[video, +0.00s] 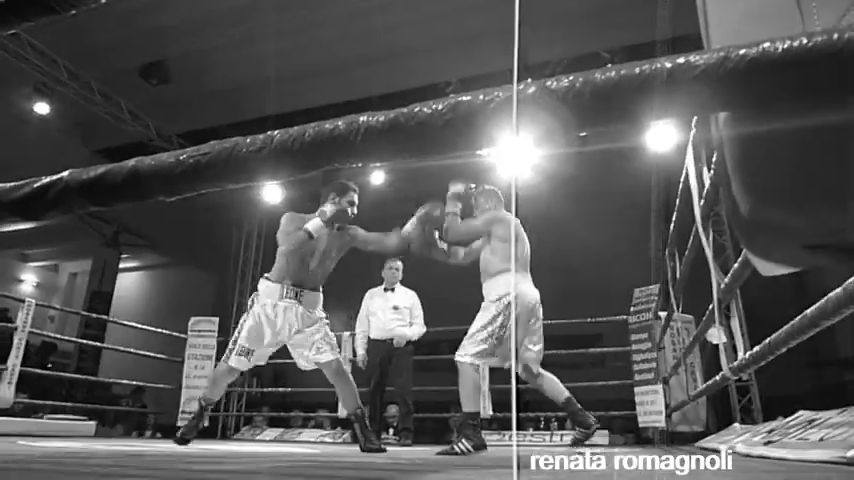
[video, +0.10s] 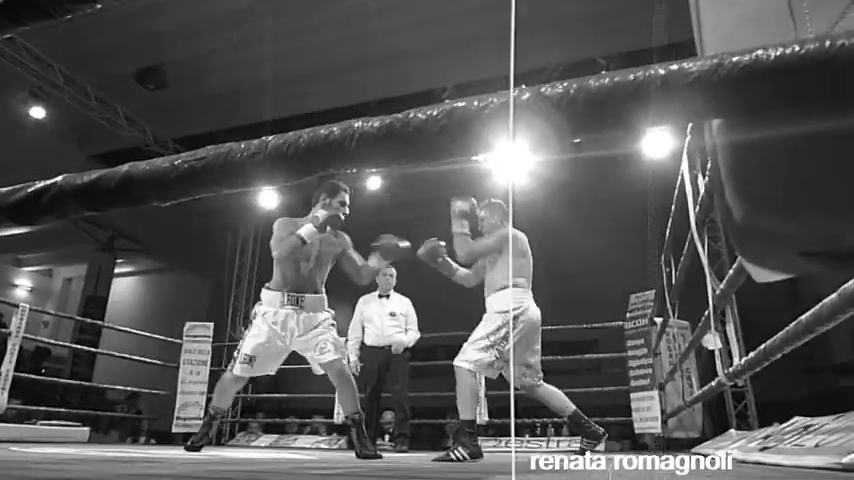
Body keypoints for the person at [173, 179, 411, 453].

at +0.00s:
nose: (353, 211)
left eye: (356, 206)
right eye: (349, 204)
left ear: (353, 209)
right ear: (329, 202)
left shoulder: (348, 235)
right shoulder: (293, 219)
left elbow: (388, 243)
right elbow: (287, 246)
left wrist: (410, 229)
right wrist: (323, 220)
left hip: (310, 311)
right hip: (271, 304)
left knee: (337, 370)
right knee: (231, 367)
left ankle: (364, 433)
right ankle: (198, 417)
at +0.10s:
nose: (346, 212)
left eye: (348, 207)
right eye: (342, 205)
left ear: (343, 210)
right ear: (321, 203)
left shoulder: (340, 240)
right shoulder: (286, 225)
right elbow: (279, 254)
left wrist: (381, 254)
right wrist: (313, 227)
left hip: (316, 316)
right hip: (275, 312)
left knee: (340, 371)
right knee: (237, 373)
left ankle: (360, 438)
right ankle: (208, 426)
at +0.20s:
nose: (349, 228)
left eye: (352, 225)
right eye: (347, 221)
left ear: (351, 229)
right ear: (330, 215)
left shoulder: (347, 255)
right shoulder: (296, 239)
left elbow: (368, 290)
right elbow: (303, 257)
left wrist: (370, 255)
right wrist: (330, 230)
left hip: (335, 328)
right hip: (294, 325)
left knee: (363, 392)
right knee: (260, 388)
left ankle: (383, 458)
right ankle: (234, 449)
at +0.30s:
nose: (345, 210)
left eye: (347, 204)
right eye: (339, 202)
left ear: (349, 208)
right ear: (323, 202)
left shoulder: (343, 239)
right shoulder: (294, 220)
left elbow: (362, 278)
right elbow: (301, 253)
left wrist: (370, 245)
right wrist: (332, 224)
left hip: (329, 315)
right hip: (289, 310)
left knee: (352, 382)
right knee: (257, 378)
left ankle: (377, 451)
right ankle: (231, 442)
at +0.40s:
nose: (334, 214)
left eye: (337, 209)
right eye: (330, 206)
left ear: (337, 213)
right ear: (315, 204)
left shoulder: (332, 240)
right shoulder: (285, 226)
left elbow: (344, 280)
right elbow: (292, 258)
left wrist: (353, 249)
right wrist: (322, 229)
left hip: (319, 313)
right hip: (280, 309)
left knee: (343, 373)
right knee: (252, 374)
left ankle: (340, 443)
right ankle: (220, 440)